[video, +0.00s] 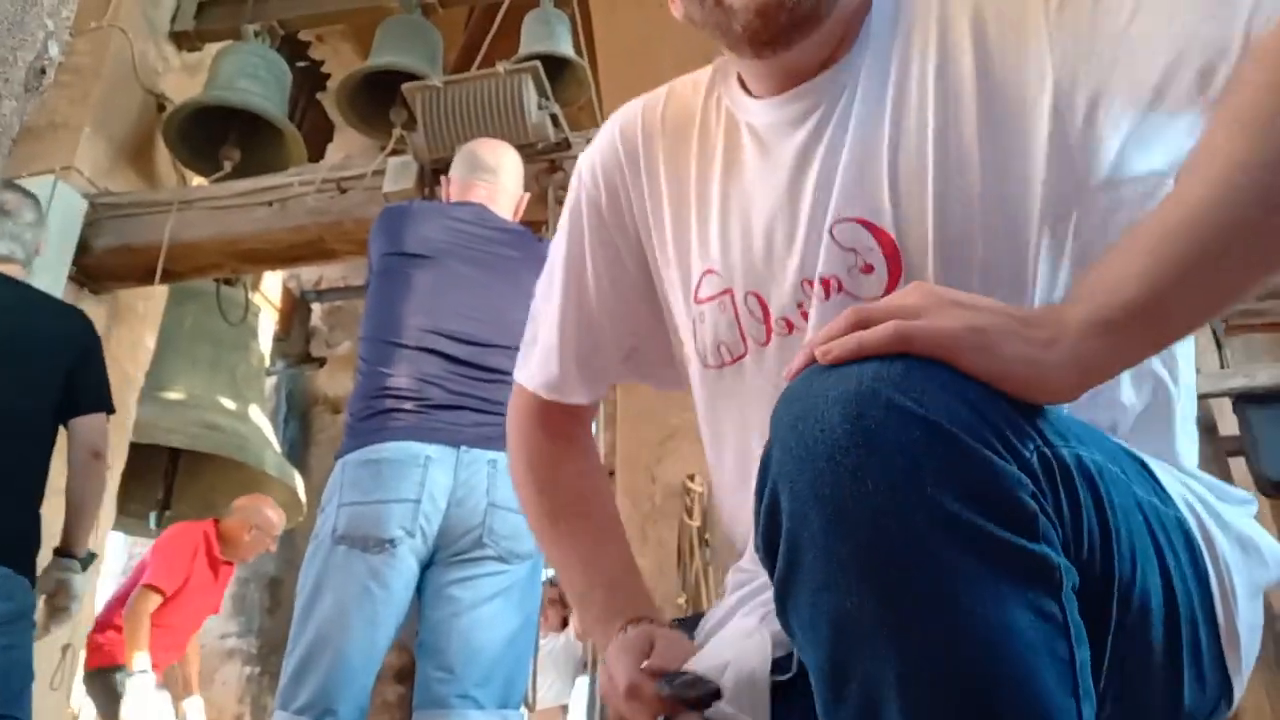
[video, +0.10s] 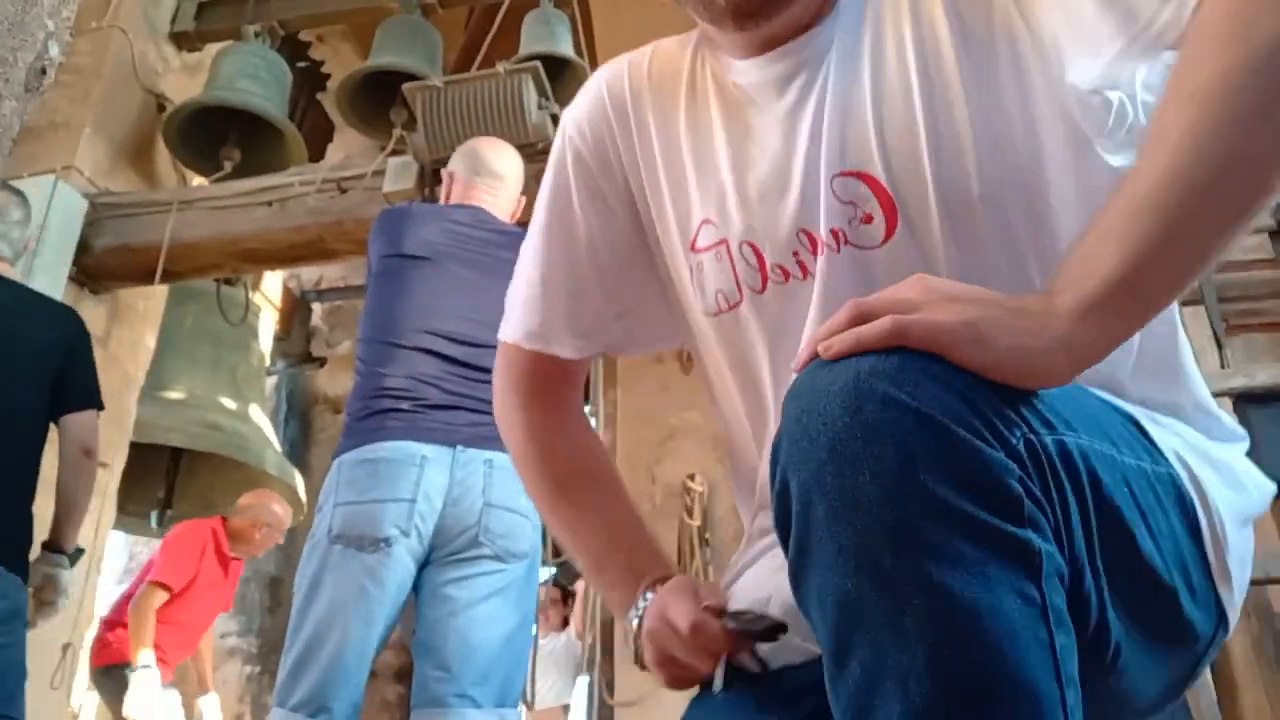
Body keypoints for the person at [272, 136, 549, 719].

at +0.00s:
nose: (441, 191)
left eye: (441, 185)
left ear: (444, 189)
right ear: (521, 207)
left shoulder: (394, 224)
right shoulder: (549, 259)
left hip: (388, 467)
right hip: (511, 480)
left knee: (319, 703)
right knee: (473, 706)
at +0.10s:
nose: (438, 189)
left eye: (439, 181)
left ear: (444, 185)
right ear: (520, 207)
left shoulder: (393, 225)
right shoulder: (539, 257)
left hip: (384, 466)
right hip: (506, 481)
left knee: (313, 702)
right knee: (470, 705)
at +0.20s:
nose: (430, 190)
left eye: (431, 183)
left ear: (438, 186)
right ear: (514, 203)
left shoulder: (388, 228)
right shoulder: (533, 254)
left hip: (381, 464)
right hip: (501, 479)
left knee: (309, 702)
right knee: (467, 704)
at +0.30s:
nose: (424, 193)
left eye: (425, 186)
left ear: (430, 190)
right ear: (506, 207)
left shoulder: (379, 235)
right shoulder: (527, 260)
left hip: (375, 466)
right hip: (494, 481)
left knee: (304, 701)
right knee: (462, 705)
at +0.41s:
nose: (414, 203)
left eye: (413, 197)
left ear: (418, 200)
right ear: (495, 212)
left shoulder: (367, 244)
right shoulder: (525, 270)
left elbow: (357, 356)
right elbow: (529, 395)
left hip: (363, 470)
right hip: (482, 481)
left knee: (298, 703)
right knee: (457, 705)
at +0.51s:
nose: (400, 212)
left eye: (398, 206)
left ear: (403, 211)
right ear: (477, 223)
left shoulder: (353, 253)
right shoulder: (503, 275)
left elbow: (355, 353)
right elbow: (523, 402)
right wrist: (453, 371)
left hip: (344, 480)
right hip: (464, 488)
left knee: (293, 705)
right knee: (444, 706)